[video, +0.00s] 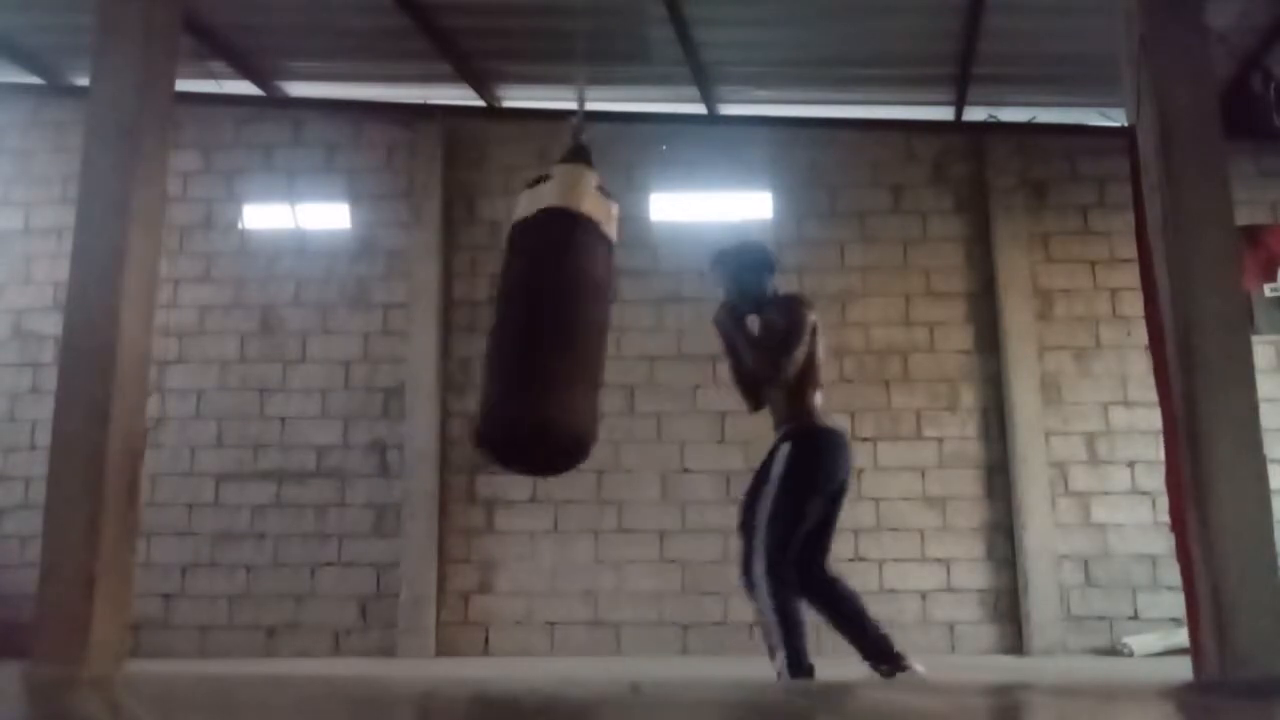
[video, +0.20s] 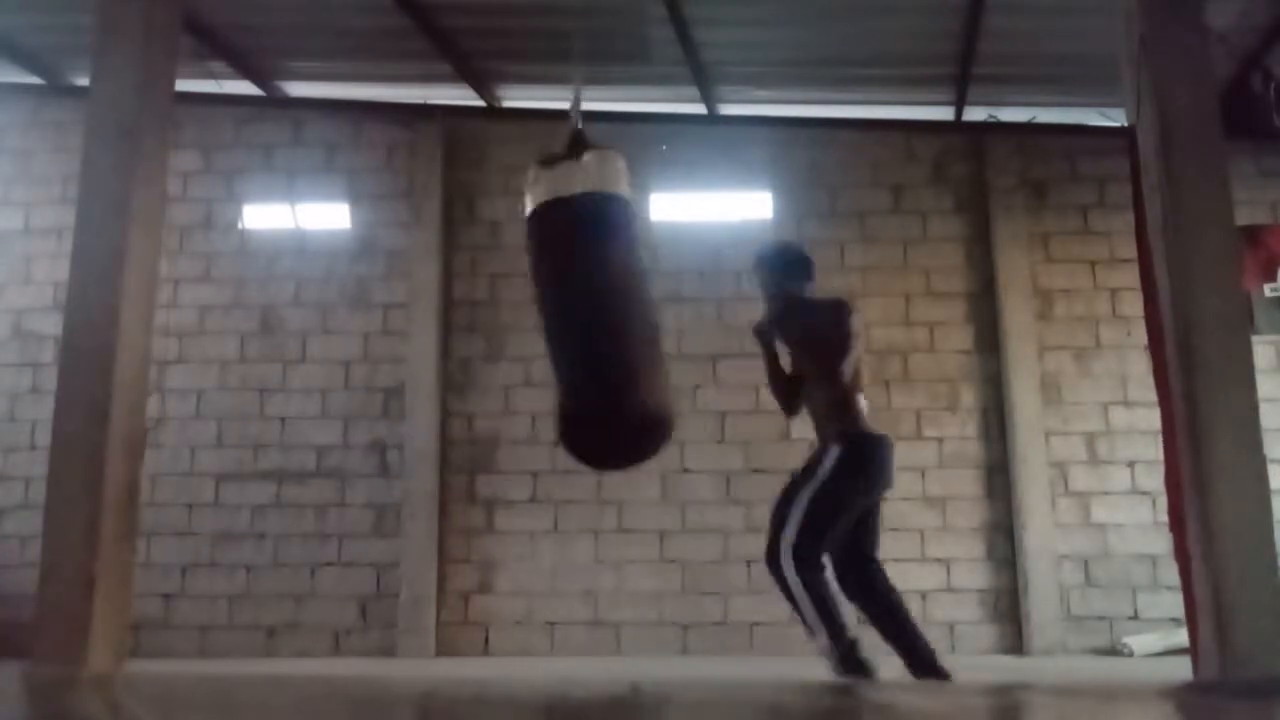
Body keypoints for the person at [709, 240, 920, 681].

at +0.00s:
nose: (723, 291)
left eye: (727, 282)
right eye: (722, 283)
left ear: (748, 278)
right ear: (760, 277)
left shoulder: (790, 310)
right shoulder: (771, 324)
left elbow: (774, 375)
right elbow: (753, 397)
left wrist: (732, 326)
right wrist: (730, 336)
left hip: (802, 448)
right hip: (827, 446)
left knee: (763, 564)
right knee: (809, 569)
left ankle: (796, 679)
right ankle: (893, 666)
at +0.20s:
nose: (762, 292)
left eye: (767, 282)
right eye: (760, 283)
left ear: (788, 282)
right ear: (790, 283)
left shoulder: (830, 312)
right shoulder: (798, 332)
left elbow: (839, 376)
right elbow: (788, 400)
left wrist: (791, 331)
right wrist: (767, 344)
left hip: (849, 452)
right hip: (860, 453)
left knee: (788, 552)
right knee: (857, 569)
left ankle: (848, 665)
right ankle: (933, 677)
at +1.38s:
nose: (782, 296)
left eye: (788, 284)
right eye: (780, 286)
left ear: (813, 281)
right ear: (792, 286)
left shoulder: (850, 316)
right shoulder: (802, 335)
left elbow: (854, 374)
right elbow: (789, 401)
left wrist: (803, 333)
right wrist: (770, 350)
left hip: (855, 449)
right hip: (842, 452)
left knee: (802, 532)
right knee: (850, 569)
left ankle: (816, 665)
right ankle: (906, 673)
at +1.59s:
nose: (760, 310)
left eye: (766, 300)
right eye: (758, 300)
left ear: (791, 299)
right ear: (765, 300)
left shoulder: (828, 339)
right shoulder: (768, 348)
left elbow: (834, 411)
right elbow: (747, 419)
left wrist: (779, 364)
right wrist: (745, 370)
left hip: (828, 471)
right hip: (805, 472)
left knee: (782, 577)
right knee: (827, 587)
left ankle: (756, 690)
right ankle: (906, 681)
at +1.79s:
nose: (700, 323)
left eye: (704, 314)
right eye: (700, 314)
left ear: (722, 313)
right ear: (733, 314)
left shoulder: (774, 343)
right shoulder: (720, 358)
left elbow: (794, 403)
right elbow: (714, 432)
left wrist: (731, 367)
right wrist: (692, 391)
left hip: (790, 473)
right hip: (783, 475)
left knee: (725, 575)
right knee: (779, 597)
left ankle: (735, 692)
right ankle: (889, 669)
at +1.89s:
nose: (671, 312)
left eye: (674, 301)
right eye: (670, 302)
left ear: (692, 299)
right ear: (706, 297)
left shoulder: (748, 326)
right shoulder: (699, 343)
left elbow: (754, 392)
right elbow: (702, 417)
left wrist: (694, 351)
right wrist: (670, 371)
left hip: (781, 459)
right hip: (765, 459)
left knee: (728, 577)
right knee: (742, 578)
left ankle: (737, 691)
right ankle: (838, 668)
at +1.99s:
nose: (648, 304)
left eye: (654, 291)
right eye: (647, 293)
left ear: (680, 286)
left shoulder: (730, 317)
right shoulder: (684, 334)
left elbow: (719, 390)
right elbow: (691, 406)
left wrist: (667, 346)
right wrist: (654, 355)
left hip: (770, 447)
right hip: (747, 449)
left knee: (732, 561)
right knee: (713, 566)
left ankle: (745, 683)